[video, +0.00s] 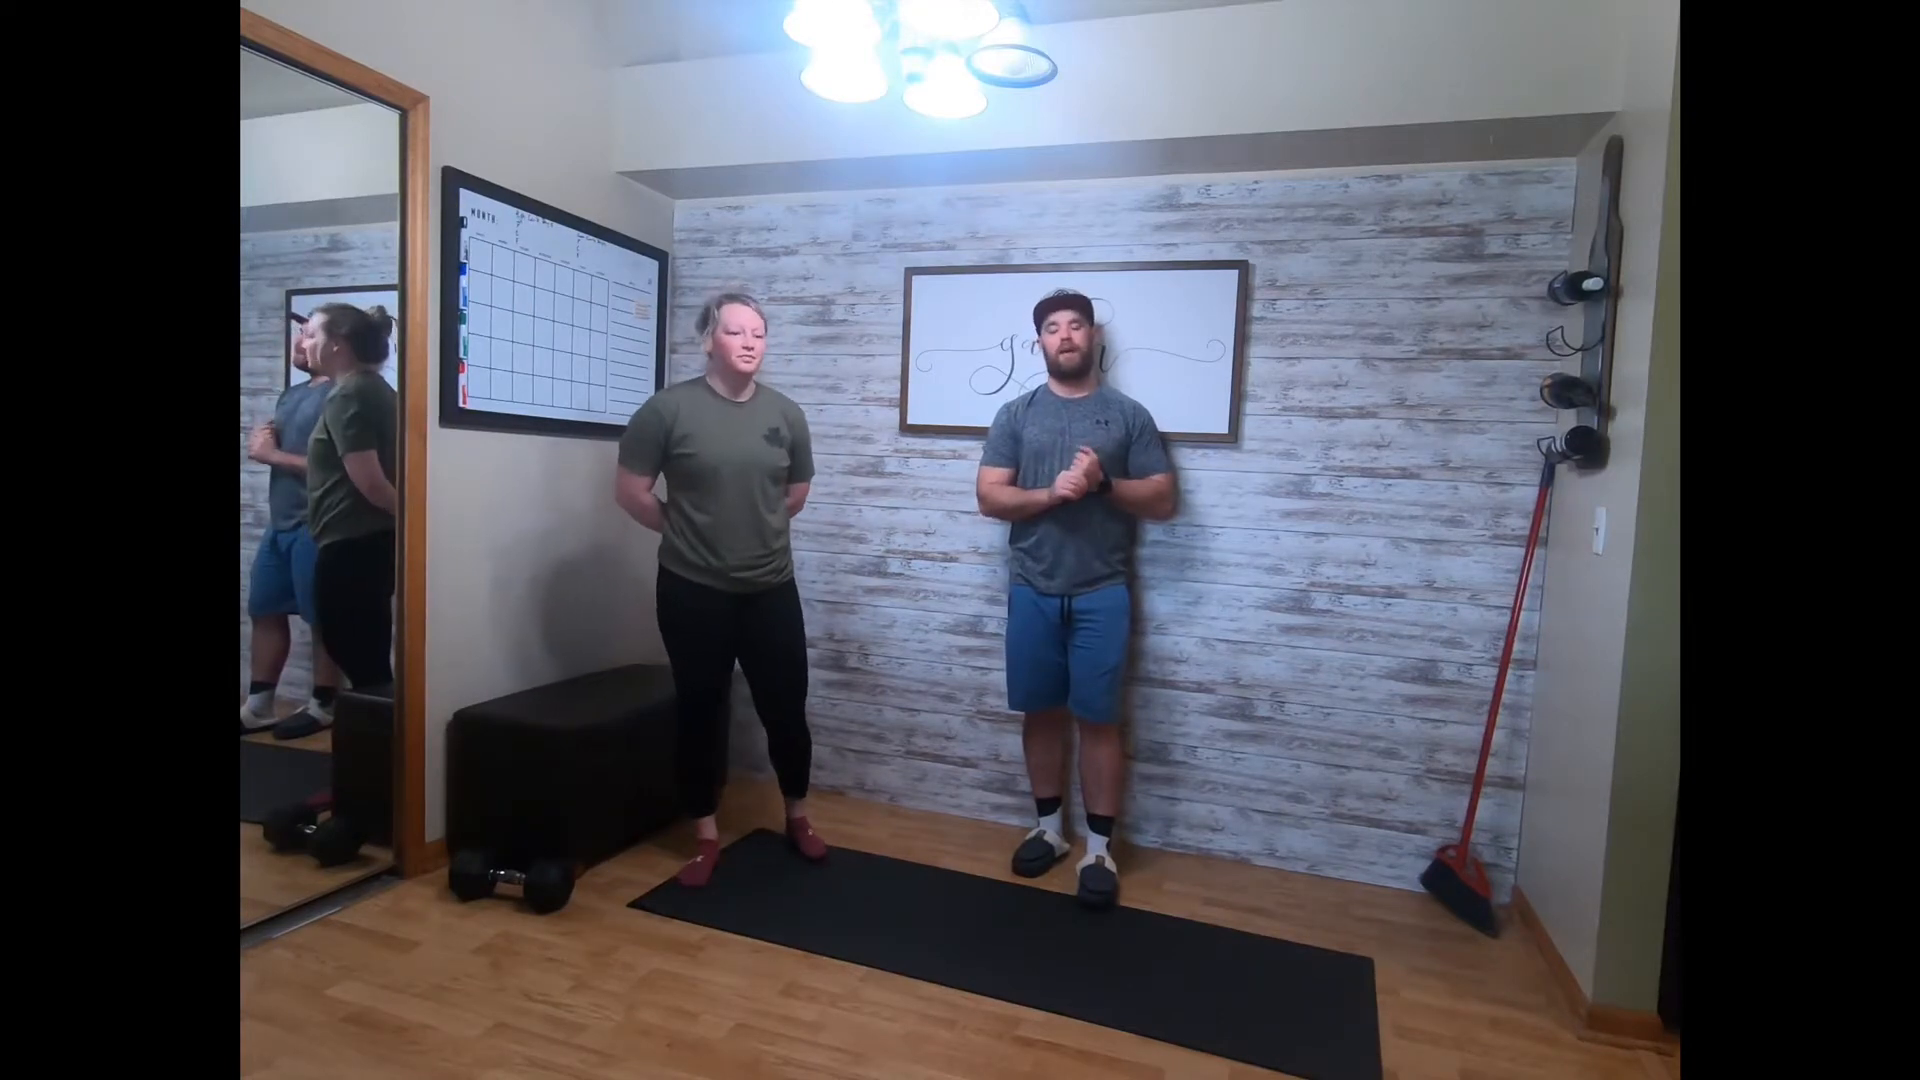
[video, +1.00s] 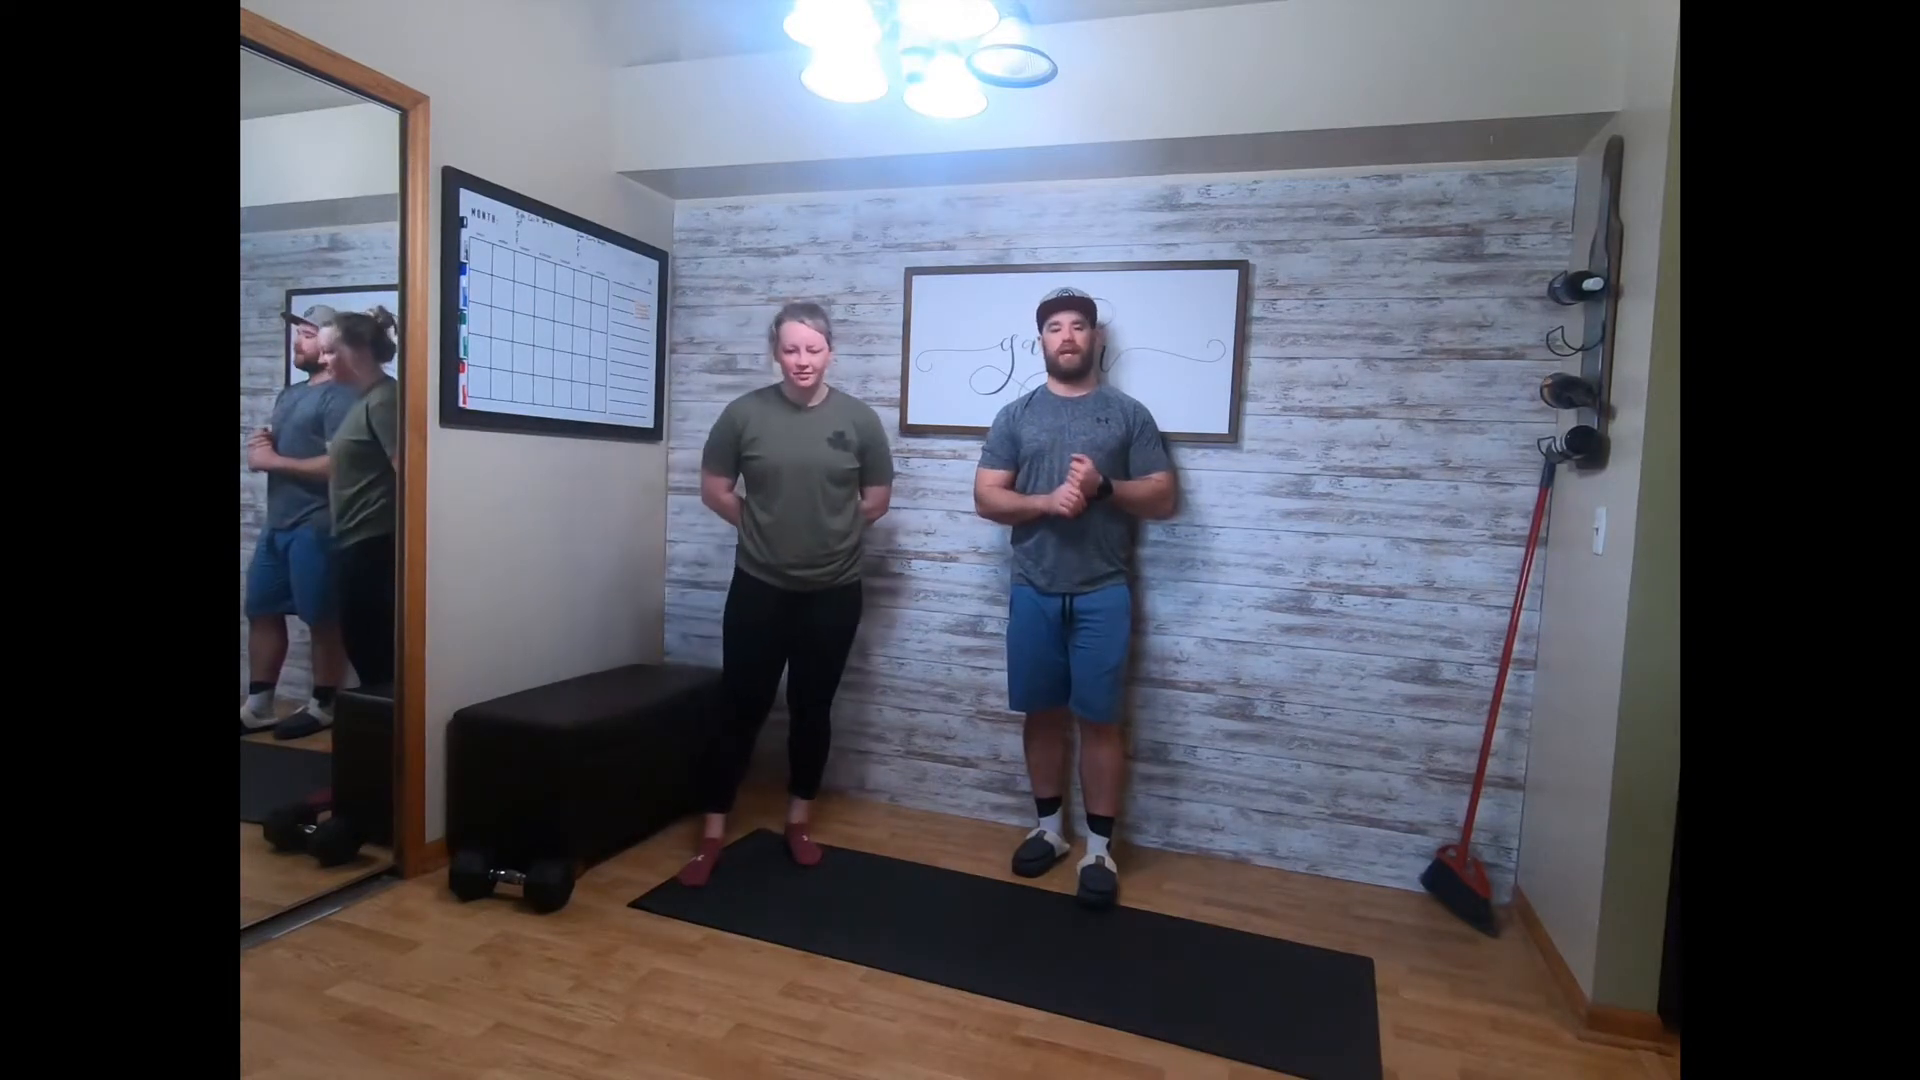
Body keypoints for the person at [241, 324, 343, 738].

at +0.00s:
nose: (300, 340)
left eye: (309, 333)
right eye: (301, 332)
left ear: (331, 343)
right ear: (301, 344)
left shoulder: (340, 395)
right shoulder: (292, 395)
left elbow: (329, 467)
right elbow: (277, 443)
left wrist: (273, 454)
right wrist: (267, 440)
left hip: (316, 526)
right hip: (280, 526)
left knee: (321, 619)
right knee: (266, 611)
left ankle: (324, 706)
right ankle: (259, 704)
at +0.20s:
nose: (303, 342)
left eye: (312, 336)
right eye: (304, 335)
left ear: (333, 346)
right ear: (305, 345)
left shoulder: (340, 395)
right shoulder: (291, 395)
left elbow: (331, 465)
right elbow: (280, 442)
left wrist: (273, 453)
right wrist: (267, 441)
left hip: (318, 526)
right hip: (281, 525)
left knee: (321, 619)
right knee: (266, 611)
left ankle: (323, 707)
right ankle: (259, 703)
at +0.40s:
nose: (300, 341)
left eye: (309, 335)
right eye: (301, 333)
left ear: (330, 345)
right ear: (304, 343)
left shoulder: (342, 393)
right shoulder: (289, 394)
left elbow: (335, 463)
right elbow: (278, 444)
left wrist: (273, 457)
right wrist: (269, 442)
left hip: (320, 524)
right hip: (280, 524)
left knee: (322, 619)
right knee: (265, 609)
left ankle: (324, 706)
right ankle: (259, 704)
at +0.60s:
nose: (300, 339)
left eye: (310, 334)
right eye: (301, 332)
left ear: (330, 347)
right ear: (303, 342)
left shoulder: (342, 395)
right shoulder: (289, 395)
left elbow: (338, 465)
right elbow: (280, 443)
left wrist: (274, 460)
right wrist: (268, 442)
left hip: (319, 524)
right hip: (280, 524)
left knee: (323, 618)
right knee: (265, 609)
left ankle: (323, 707)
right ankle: (260, 704)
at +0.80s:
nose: (300, 339)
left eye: (310, 333)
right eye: (301, 332)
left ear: (330, 346)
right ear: (305, 343)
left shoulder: (344, 396)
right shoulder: (289, 395)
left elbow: (342, 464)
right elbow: (277, 442)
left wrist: (278, 463)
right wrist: (265, 444)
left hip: (320, 523)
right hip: (279, 523)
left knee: (322, 618)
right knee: (264, 610)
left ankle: (323, 707)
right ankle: (260, 703)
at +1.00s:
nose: (298, 339)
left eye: (308, 333)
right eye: (298, 332)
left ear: (329, 344)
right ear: (299, 341)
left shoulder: (342, 397)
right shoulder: (289, 395)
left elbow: (339, 465)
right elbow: (278, 443)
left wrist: (275, 461)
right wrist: (264, 441)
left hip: (319, 525)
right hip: (278, 524)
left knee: (322, 619)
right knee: (263, 610)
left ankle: (323, 707)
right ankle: (260, 703)